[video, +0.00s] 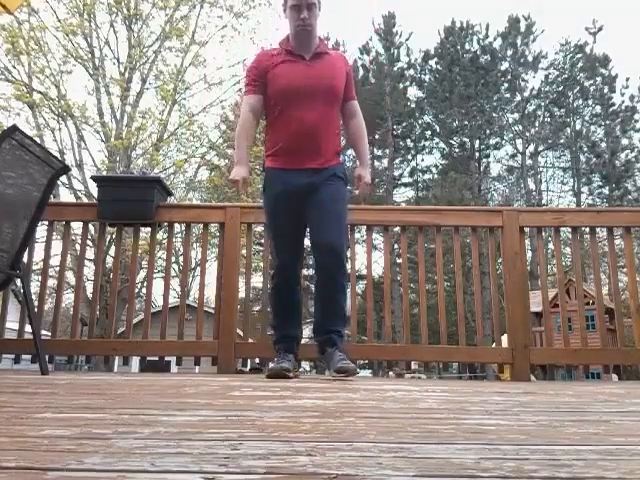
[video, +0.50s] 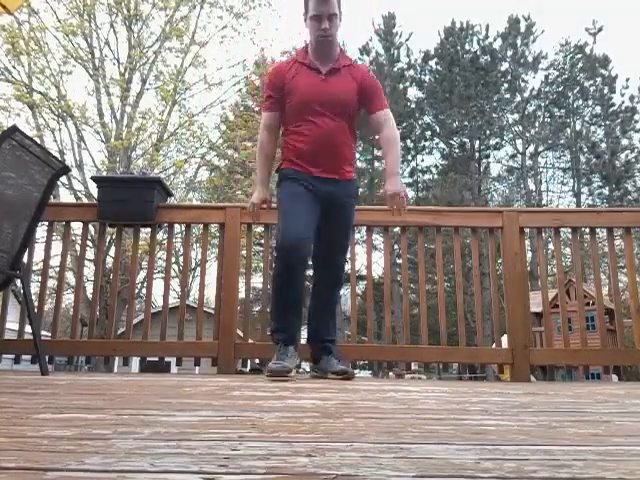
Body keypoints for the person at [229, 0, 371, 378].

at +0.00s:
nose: (303, 13)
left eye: (310, 8)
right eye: (296, 8)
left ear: (319, 13)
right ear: (285, 14)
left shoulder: (338, 63)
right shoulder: (265, 61)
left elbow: (352, 115)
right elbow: (249, 111)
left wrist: (365, 163)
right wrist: (240, 161)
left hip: (329, 175)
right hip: (282, 176)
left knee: (333, 252)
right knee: (286, 264)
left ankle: (331, 347)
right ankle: (285, 352)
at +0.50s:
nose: (325, 25)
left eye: (331, 18)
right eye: (317, 18)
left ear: (340, 21)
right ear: (305, 22)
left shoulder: (360, 76)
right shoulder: (282, 73)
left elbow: (386, 127)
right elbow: (268, 131)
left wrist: (393, 178)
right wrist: (260, 186)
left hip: (341, 184)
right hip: (296, 179)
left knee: (331, 270)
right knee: (292, 247)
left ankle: (324, 354)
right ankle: (284, 346)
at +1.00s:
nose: (323, 68)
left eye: (332, 56)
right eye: (312, 57)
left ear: (344, 47)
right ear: (297, 49)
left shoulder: (366, 93)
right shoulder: (272, 95)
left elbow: (394, 158)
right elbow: (244, 176)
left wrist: (413, 224)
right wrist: (229, 250)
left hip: (326, 176)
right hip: (280, 174)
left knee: (323, 262)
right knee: (286, 245)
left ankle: (320, 347)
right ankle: (290, 350)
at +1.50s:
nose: (312, 204)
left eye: (323, 193)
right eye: (302, 193)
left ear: (341, 174)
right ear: (283, 171)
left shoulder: (366, 194)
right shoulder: (254, 190)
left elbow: (404, 286)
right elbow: (217, 276)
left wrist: (436, 374)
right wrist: (183, 365)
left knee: (320, 266)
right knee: (267, 253)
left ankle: (317, 350)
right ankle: (296, 353)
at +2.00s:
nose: (303, 180)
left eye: (316, 164)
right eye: (289, 165)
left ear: (336, 148)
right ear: (272, 150)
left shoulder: (372, 183)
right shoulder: (243, 182)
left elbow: (410, 281)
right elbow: (206, 282)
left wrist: (437, 374)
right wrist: (180, 370)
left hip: (334, 230)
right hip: (275, 226)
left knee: (328, 301)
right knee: (263, 311)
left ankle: (325, 350)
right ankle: (285, 322)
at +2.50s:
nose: (307, 149)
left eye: (320, 133)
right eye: (294, 134)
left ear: (339, 128)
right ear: (275, 130)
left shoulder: (370, 186)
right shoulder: (245, 186)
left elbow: (413, 280)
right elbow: (206, 281)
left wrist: (439, 373)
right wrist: (179, 370)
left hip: (336, 253)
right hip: (280, 250)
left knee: (324, 310)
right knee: (289, 312)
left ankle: (320, 354)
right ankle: (292, 353)